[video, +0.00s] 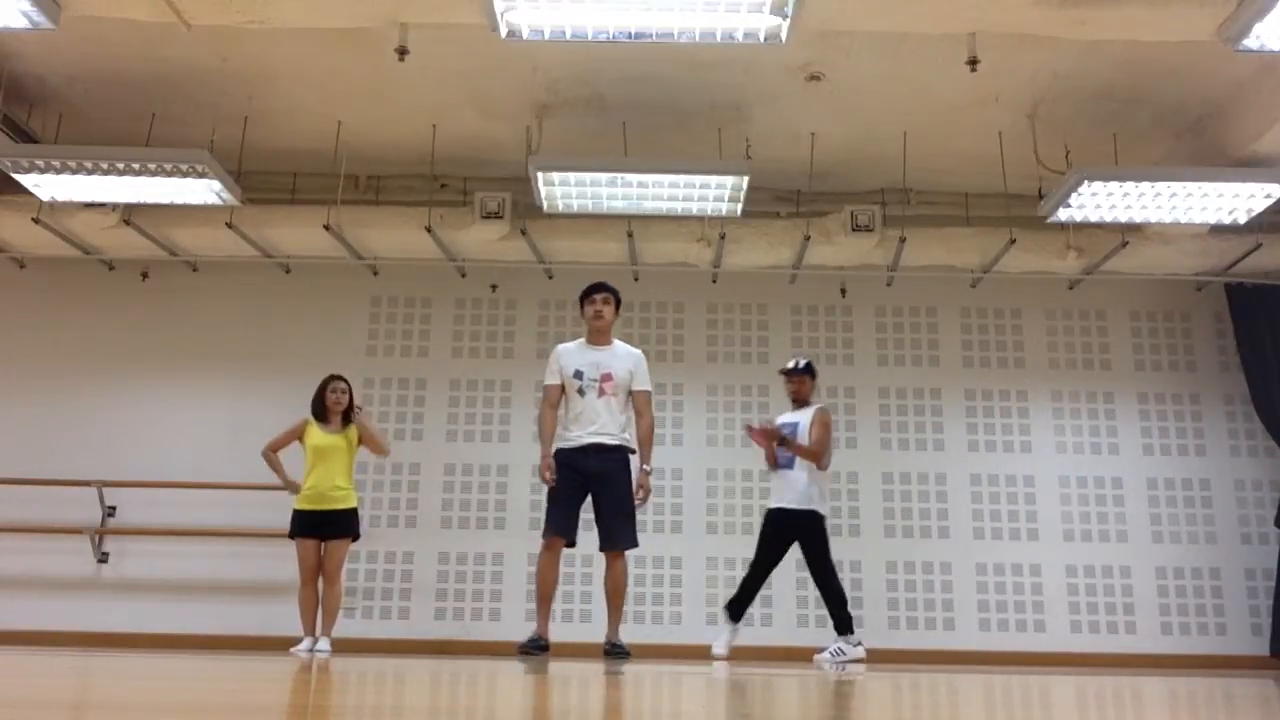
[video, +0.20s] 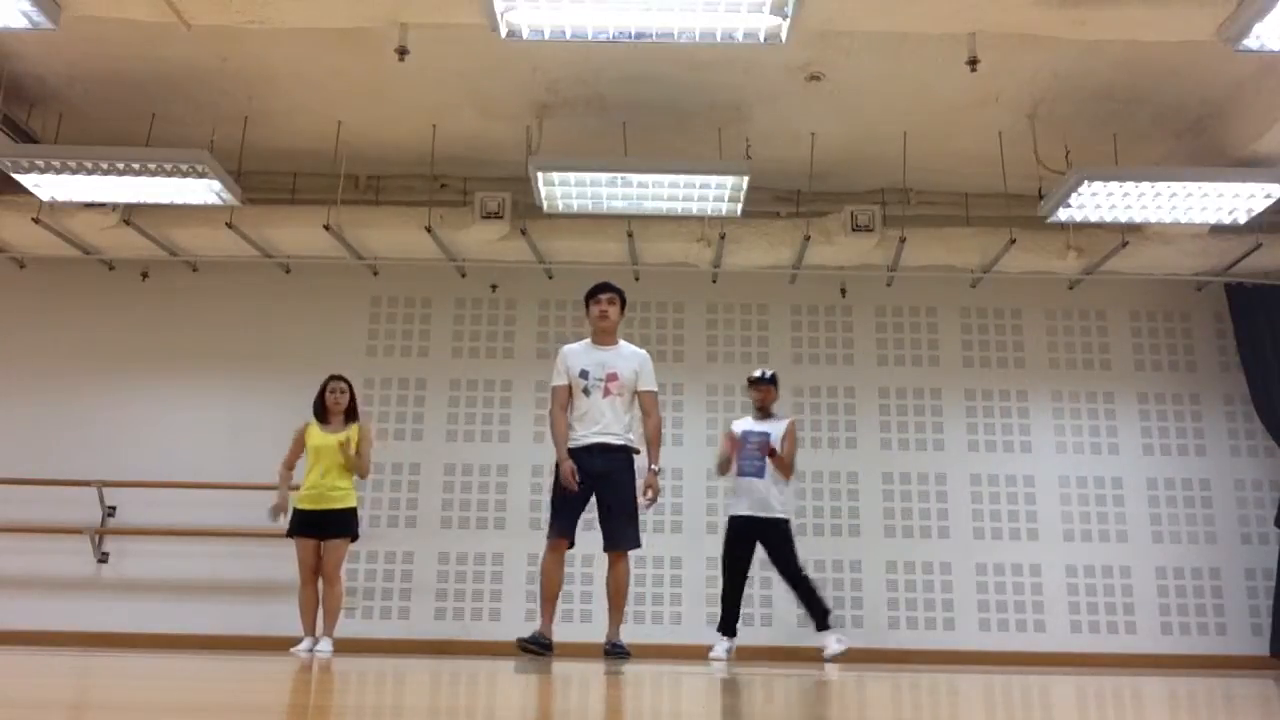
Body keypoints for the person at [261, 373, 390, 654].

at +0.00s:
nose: (338, 396)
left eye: (343, 392)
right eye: (333, 391)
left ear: (349, 398)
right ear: (322, 396)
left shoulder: (354, 428)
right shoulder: (308, 426)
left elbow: (382, 450)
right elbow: (268, 451)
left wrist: (362, 421)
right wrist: (286, 481)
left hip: (341, 506)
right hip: (308, 505)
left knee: (331, 576)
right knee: (308, 576)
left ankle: (325, 637)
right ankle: (308, 636)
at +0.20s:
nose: (337, 396)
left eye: (342, 392)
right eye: (332, 392)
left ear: (350, 397)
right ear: (323, 396)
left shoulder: (359, 429)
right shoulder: (308, 429)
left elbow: (364, 471)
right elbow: (287, 466)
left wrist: (348, 454)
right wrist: (282, 498)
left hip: (340, 505)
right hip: (307, 505)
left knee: (330, 573)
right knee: (308, 573)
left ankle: (327, 637)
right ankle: (309, 636)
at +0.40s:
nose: (336, 396)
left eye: (342, 391)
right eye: (332, 391)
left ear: (350, 397)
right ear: (323, 396)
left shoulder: (360, 428)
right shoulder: (308, 431)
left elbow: (370, 466)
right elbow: (297, 471)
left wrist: (338, 474)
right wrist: (299, 503)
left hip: (341, 509)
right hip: (309, 509)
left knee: (334, 574)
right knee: (308, 575)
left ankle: (328, 637)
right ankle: (309, 636)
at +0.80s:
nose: (337, 396)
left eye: (342, 392)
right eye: (332, 392)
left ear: (351, 398)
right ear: (324, 397)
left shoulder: (362, 430)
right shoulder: (310, 433)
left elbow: (374, 470)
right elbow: (301, 475)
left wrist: (365, 503)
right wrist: (290, 509)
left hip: (343, 508)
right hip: (309, 508)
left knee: (335, 577)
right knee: (310, 577)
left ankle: (328, 637)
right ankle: (310, 636)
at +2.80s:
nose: (336, 398)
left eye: (341, 394)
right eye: (332, 394)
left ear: (351, 400)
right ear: (324, 399)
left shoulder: (361, 431)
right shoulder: (309, 432)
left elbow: (367, 472)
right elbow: (298, 473)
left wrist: (360, 508)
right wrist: (291, 508)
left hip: (342, 509)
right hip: (309, 507)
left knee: (332, 576)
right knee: (310, 575)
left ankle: (326, 637)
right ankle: (311, 636)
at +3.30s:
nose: (337, 403)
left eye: (343, 399)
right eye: (333, 399)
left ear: (352, 405)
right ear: (325, 404)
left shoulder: (360, 437)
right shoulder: (309, 433)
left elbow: (364, 474)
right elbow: (293, 467)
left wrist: (369, 507)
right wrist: (299, 502)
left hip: (347, 512)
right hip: (315, 513)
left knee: (338, 578)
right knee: (316, 577)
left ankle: (328, 637)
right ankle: (314, 636)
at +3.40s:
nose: (337, 404)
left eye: (342, 400)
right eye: (333, 399)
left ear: (352, 406)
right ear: (325, 404)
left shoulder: (360, 435)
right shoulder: (313, 431)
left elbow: (374, 468)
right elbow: (290, 448)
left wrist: (397, 469)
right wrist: (298, 446)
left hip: (342, 513)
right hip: (311, 513)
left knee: (333, 576)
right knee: (297, 567)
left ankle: (326, 637)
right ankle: (306, 631)